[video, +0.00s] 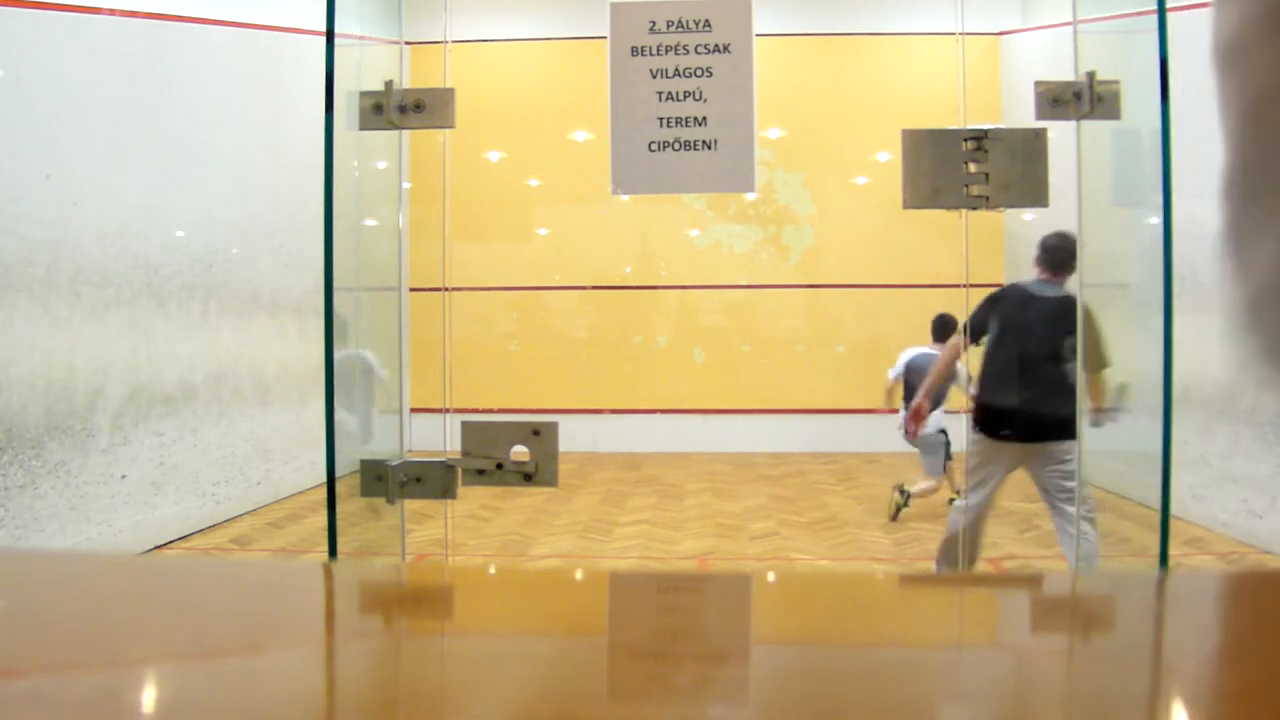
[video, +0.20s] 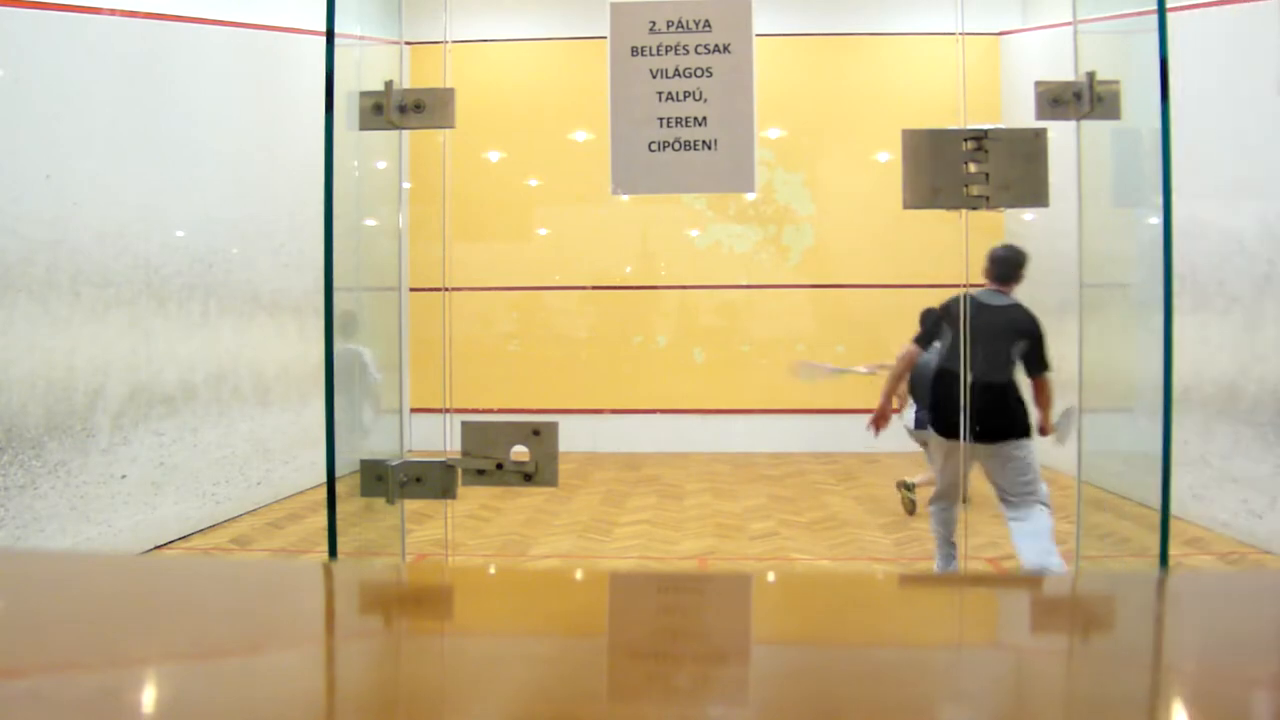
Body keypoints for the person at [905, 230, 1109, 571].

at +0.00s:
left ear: (1037, 261)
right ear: (1072, 269)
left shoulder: (1004, 298)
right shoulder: (1076, 310)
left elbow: (956, 345)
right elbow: (1093, 367)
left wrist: (923, 396)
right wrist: (1098, 406)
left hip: (995, 425)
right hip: (1052, 428)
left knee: (971, 504)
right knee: (1075, 513)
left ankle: (947, 585)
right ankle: (1088, 596)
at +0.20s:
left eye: (986, 268)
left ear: (985, 272)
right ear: (1018, 278)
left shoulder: (954, 307)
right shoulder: (1024, 320)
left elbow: (910, 355)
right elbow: (1039, 379)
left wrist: (885, 402)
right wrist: (1045, 417)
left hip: (949, 421)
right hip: (1002, 422)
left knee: (945, 497)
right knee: (1025, 501)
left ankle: (945, 570)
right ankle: (1046, 574)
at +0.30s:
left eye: (968, 264)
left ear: (969, 268)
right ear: (1002, 276)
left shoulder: (941, 301)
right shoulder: (1009, 313)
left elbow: (896, 346)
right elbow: (1025, 377)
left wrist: (880, 396)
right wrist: (1029, 421)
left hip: (935, 408)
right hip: (989, 410)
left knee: (924, 487)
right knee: (1011, 486)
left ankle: (932, 561)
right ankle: (1011, 555)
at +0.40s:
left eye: (955, 275)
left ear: (953, 279)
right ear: (985, 286)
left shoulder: (925, 310)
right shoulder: (992, 322)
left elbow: (889, 353)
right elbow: (1016, 382)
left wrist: (871, 402)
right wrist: (1032, 427)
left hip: (925, 410)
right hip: (977, 414)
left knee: (901, 476)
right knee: (997, 483)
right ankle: (1012, 557)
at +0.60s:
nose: (989, 328)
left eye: (982, 320)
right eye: (989, 323)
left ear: (957, 321)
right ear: (986, 327)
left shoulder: (927, 347)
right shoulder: (988, 363)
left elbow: (895, 379)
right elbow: (1033, 412)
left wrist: (883, 420)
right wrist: (1080, 444)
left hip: (911, 442)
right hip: (962, 447)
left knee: (872, 493)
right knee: (1002, 488)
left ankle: (839, 553)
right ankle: (1023, 551)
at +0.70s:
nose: (1006, 340)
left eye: (1000, 333)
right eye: (1017, 338)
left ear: (991, 334)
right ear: (1020, 344)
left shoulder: (960, 354)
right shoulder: (1021, 381)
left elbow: (923, 375)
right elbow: (1070, 416)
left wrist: (900, 414)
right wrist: (1121, 439)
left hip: (919, 442)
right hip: (969, 452)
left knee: (875, 494)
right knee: (1009, 486)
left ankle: (841, 552)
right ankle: (1029, 552)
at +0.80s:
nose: (1060, 370)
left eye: (1053, 360)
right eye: (1060, 366)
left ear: (1030, 356)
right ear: (1055, 369)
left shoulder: (995, 366)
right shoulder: (1050, 400)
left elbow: (946, 373)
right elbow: (1104, 424)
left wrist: (911, 406)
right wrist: (1150, 432)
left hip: (930, 435)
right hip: (976, 447)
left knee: (889, 496)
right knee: (1024, 482)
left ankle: (843, 555)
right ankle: (1032, 553)